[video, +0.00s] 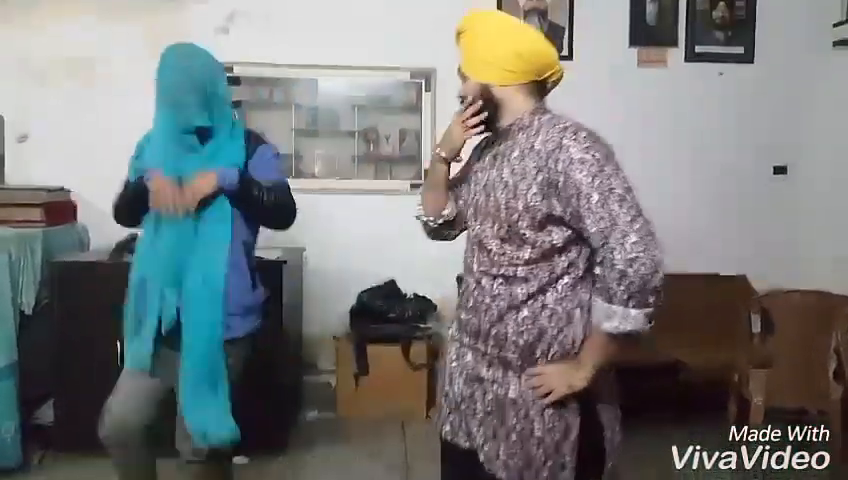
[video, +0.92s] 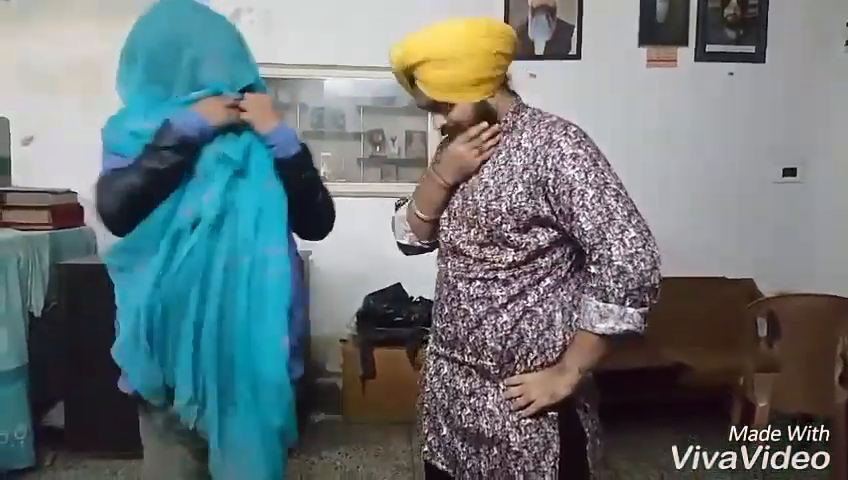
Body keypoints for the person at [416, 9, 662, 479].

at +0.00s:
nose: (459, 81)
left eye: (464, 70)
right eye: (461, 71)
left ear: (492, 72)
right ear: (509, 74)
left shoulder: (570, 147)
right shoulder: (489, 151)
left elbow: (635, 258)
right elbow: (440, 223)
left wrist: (586, 364)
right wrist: (442, 155)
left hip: (547, 389)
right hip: (473, 380)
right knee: (461, 473)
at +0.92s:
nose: (438, 121)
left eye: (444, 107)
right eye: (432, 108)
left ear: (483, 88)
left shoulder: (556, 146)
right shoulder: (456, 144)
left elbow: (630, 261)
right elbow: (412, 240)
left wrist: (570, 369)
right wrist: (440, 176)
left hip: (533, 396)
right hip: (449, 385)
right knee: (445, 472)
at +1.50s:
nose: (488, 95)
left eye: (506, 84)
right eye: (477, 78)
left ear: (532, 76)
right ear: (462, 64)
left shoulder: (567, 138)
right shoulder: (438, 136)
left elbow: (651, 234)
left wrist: (592, 338)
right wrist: (452, 158)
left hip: (541, 378)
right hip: (452, 372)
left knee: (549, 472)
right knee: (457, 471)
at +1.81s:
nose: (519, 82)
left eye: (536, 70)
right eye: (508, 65)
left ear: (552, 69)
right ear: (483, 58)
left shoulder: (572, 133)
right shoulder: (450, 127)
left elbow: (650, 224)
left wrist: (606, 324)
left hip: (553, 314)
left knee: (553, 455)